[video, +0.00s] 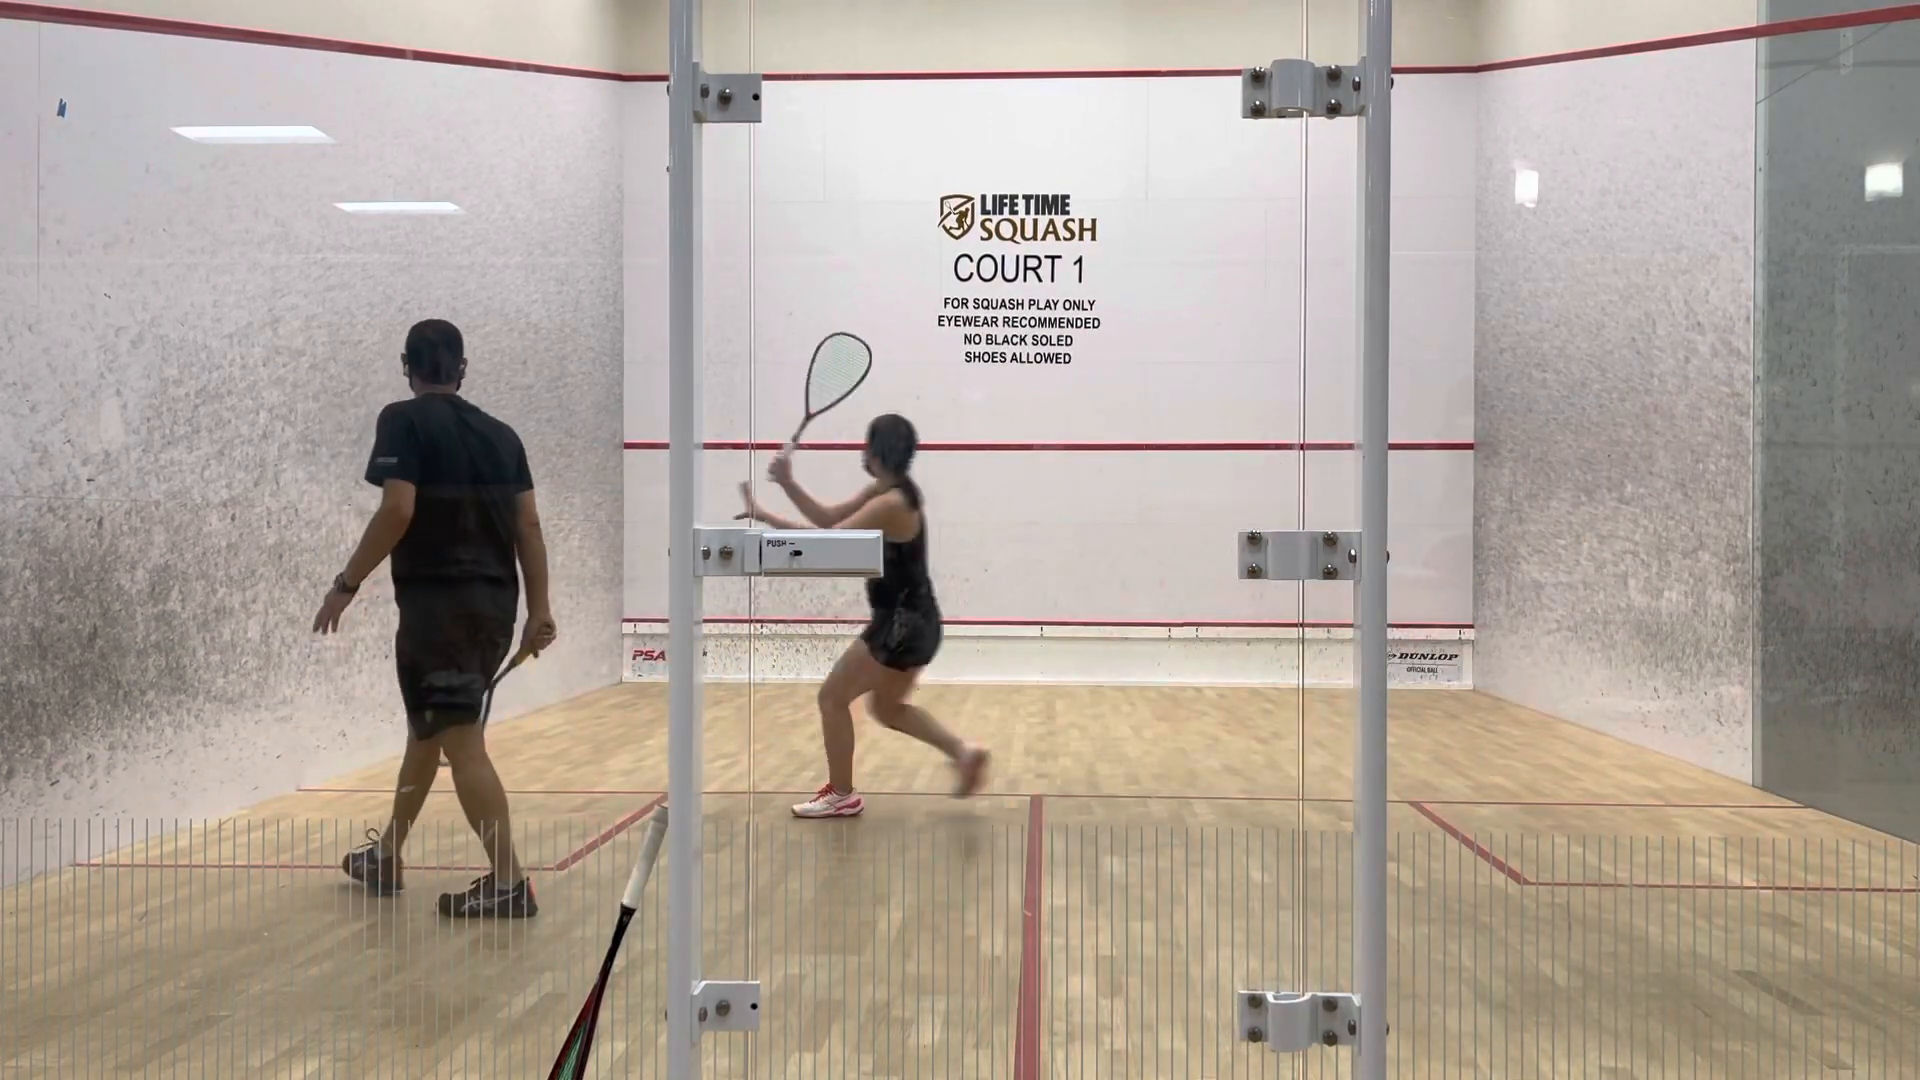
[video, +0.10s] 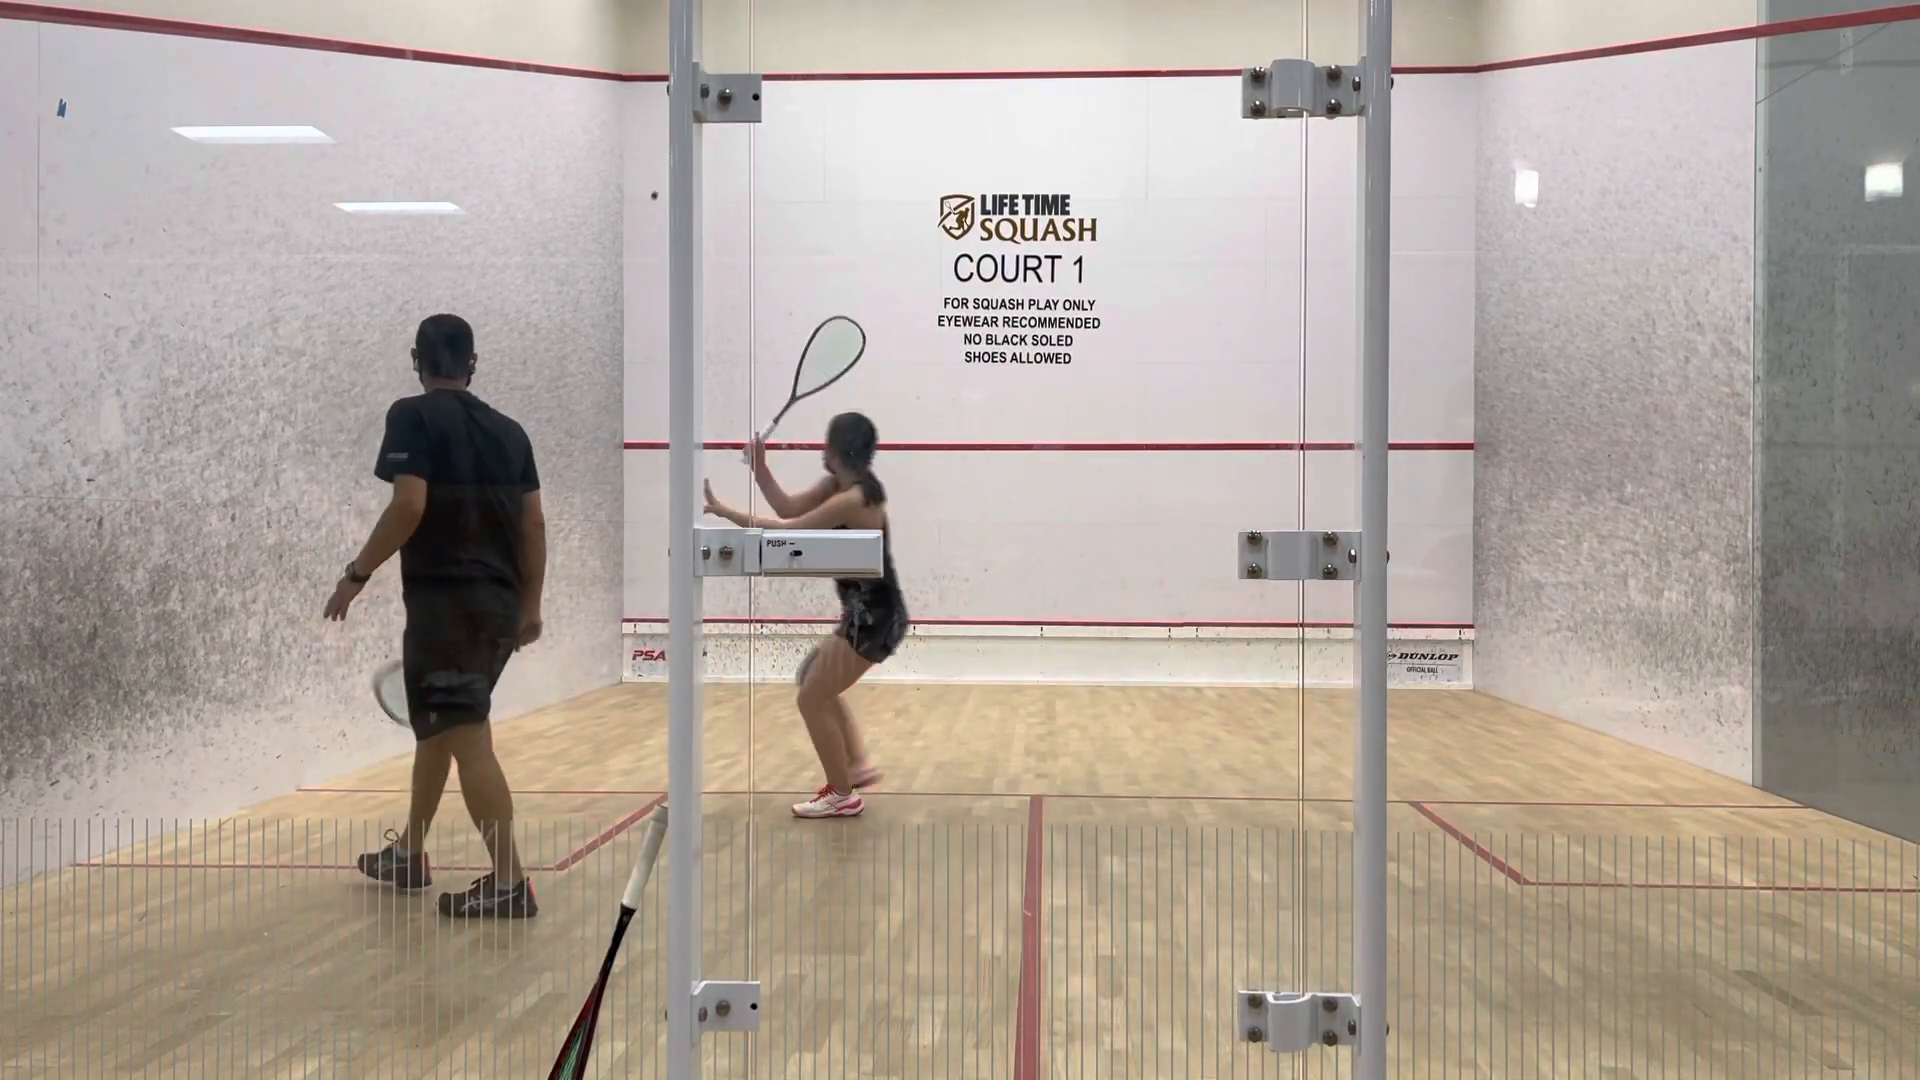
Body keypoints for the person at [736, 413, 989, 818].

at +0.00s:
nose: (863, 451)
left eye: (868, 445)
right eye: (866, 444)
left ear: (877, 453)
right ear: (901, 453)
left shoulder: (890, 503)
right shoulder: (886, 492)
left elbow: (827, 539)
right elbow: (828, 519)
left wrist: (762, 514)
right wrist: (788, 483)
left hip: (902, 627)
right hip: (913, 624)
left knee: (832, 697)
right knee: (887, 708)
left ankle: (841, 793)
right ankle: (964, 754)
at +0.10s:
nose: (823, 452)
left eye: (827, 446)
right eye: (825, 446)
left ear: (836, 451)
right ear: (862, 451)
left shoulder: (856, 498)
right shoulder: (839, 485)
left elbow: (787, 529)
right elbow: (788, 507)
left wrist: (721, 510)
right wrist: (761, 469)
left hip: (876, 617)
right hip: (865, 611)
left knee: (813, 698)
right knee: (810, 678)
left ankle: (841, 793)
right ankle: (857, 766)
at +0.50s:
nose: (709, 482)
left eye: (713, 475)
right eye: (711, 475)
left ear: (724, 480)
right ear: (747, 480)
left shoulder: (720, 518)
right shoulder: (756, 517)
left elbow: (690, 561)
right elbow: (707, 562)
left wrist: (661, 586)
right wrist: (669, 585)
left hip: (732, 629)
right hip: (757, 626)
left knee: (706, 736)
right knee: (698, 709)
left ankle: (783, 763)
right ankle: (676, 778)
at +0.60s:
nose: (695, 484)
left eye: (698, 478)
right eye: (697, 478)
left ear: (708, 481)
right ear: (738, 479)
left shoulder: (708, 513)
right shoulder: (748, 514)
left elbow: (677, 574)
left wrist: (654, 633)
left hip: (719, 627)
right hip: (749, 623)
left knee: (706, 725)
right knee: (695, 707)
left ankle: (777, 757)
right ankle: (673, 777)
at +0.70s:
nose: (686, 478)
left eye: (692, 471)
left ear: (695, 477)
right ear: (735, 478)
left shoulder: (692, 515)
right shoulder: (752, 518)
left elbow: (657, 567)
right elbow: (785, 542)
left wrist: (620, 613)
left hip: (718, 630)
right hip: (753, 626)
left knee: (692, 717)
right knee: (693, 703)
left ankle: (767, 757)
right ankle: (675, 776)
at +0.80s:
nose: (696, 479)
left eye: (699, 473)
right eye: (699, 473)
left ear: (707, 477)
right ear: (739, 477)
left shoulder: (702, 512)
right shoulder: (761, 518)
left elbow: (665, 548)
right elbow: (816, 527)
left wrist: (627, 581)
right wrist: (868, 530)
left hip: (721, 630)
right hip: (753, 628)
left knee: (677, 713)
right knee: (688, 695)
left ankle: (757, 758)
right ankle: (675, 777)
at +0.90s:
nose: (712, 473)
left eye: (714, 465)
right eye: (714, 465)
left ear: (723, 469)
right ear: (753, 466)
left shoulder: (715, 504)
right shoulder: (778, 509)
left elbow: (673, 540)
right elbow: (831, 521)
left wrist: (628, 569)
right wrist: (880, 521)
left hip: (721, 623)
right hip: (760, 624)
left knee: (694, 708)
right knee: (698, 700)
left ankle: (756, 766)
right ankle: (673, 775)